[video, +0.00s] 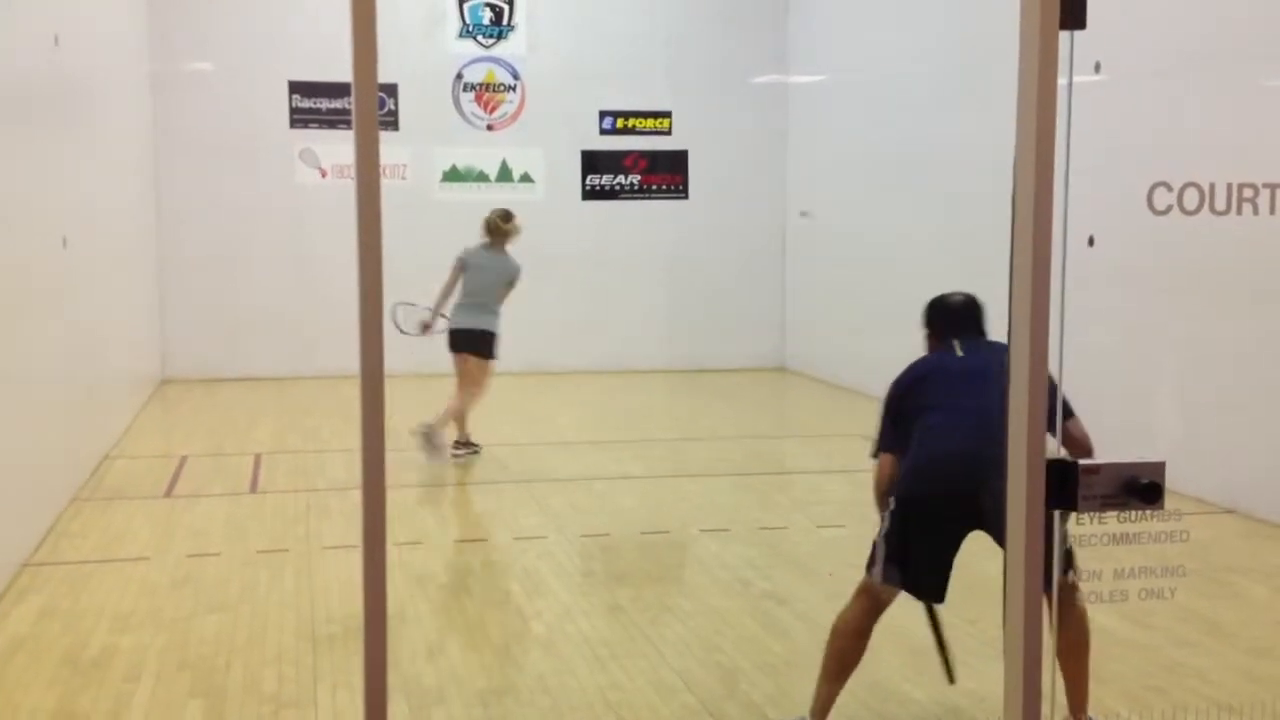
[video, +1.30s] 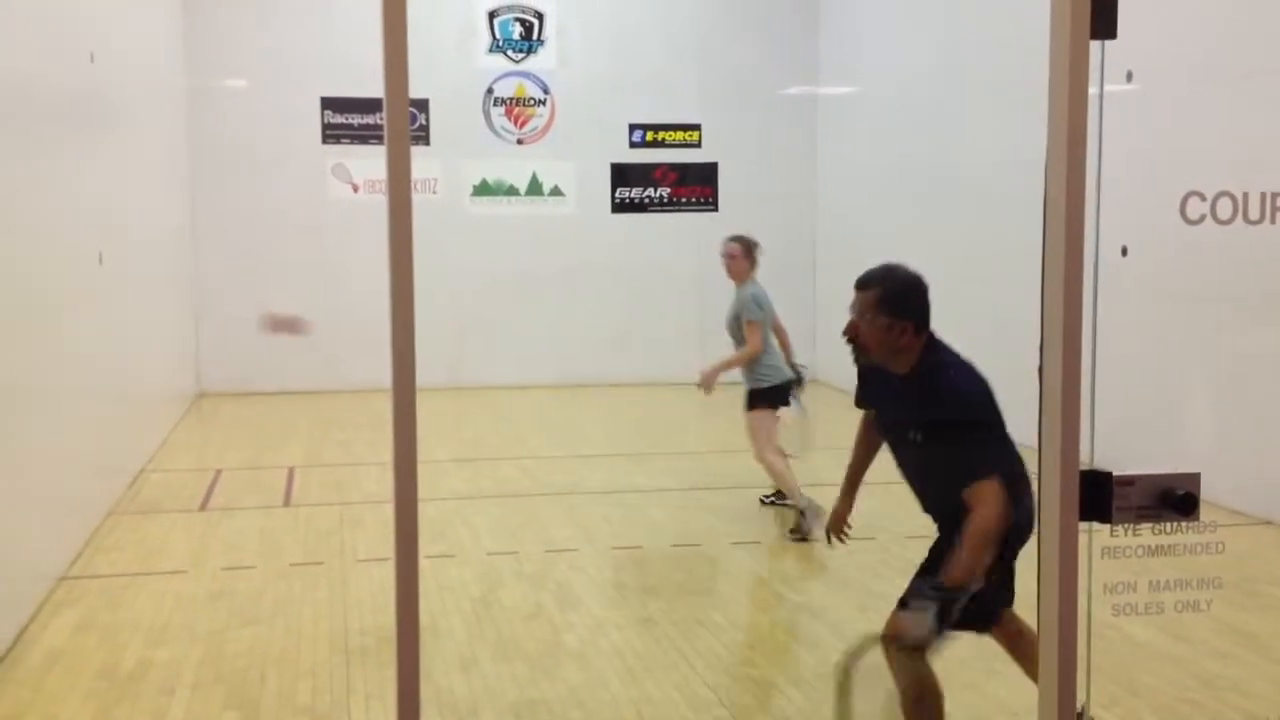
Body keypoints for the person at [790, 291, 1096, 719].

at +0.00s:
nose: (925, 342)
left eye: (925, 336)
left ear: (931, 336)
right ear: (982, 331)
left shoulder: (914, 376)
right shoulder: (1021, 362)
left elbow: (886, 470)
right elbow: (1081, 444)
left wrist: (887, 516)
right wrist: (1079, 478)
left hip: (929, 486)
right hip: (1010, 486)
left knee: (870, 597)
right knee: (1064, 592)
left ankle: (817, 713)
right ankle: (1080, 713)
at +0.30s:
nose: (887, 312)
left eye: (887, 306)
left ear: (891, 308)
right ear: (941, 302)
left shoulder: (881, 359)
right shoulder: (988, 346)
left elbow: (861, 454)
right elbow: (1017, 424)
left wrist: (856, 510)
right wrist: (1027, 495)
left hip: (918, 489)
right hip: (996, 489)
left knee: (845, 591)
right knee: (1039, 599)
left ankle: (820, 713)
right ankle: (1075, 713)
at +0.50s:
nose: (848, 305)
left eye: (849, 296)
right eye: (847, 295)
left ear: (864, 295)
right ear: (904, 287)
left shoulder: (870, 348)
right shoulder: (953, 324)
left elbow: (857, 435)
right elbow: (971, 408)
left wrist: (817, 511)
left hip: (920, 488)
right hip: (992, 481)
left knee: (849, 593)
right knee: (985, 594)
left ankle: (825, 713)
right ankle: (1047, 704)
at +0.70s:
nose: (864, 294)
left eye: (871, 284)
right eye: (864, 284)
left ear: (899, 283)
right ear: (914, 279)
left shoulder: (918, 333)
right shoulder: (964, 313)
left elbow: (928, 430)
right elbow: (991, 408)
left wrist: (888, 522)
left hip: (958, 490)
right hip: (1002, 486)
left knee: (893, 602)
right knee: (986, 598)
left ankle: (850, 714)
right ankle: (1049, 703)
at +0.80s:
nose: (874, 294)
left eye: (880, 282)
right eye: (874, 282)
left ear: (911, 280)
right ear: (924, 277)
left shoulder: (934, 332)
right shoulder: (968, 313)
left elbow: (955, 431)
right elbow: (986, 416)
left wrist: (931, 502)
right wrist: (944, 493)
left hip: (974, 484)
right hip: (1008, 481)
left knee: (899, 596)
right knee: (988, 592)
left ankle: (893, 712)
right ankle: (1048, 696)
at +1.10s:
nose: (869, 304)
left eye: (880, 292)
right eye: (871, 291)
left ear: (922, 300)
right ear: (917, 300)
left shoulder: (966, 359)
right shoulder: (913, 341)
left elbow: (1013, 464)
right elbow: (925, 424)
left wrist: (983, 557)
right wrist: (900, 492)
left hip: (992, 508)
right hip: (976, 503)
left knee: (913, 631)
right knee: (986, 615)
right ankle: (1055, 704)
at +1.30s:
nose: (849, 329)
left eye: (861, 318)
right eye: (852, 315)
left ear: (903, 332)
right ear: (897, 332)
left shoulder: (955, 386)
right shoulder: (873, 360)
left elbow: (991, 507)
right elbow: (875, 422)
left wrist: (944, 593)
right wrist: (846, 496)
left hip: (995, 521)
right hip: (958, 516)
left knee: (901, 640)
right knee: (996, 617)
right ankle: (1068, 703)